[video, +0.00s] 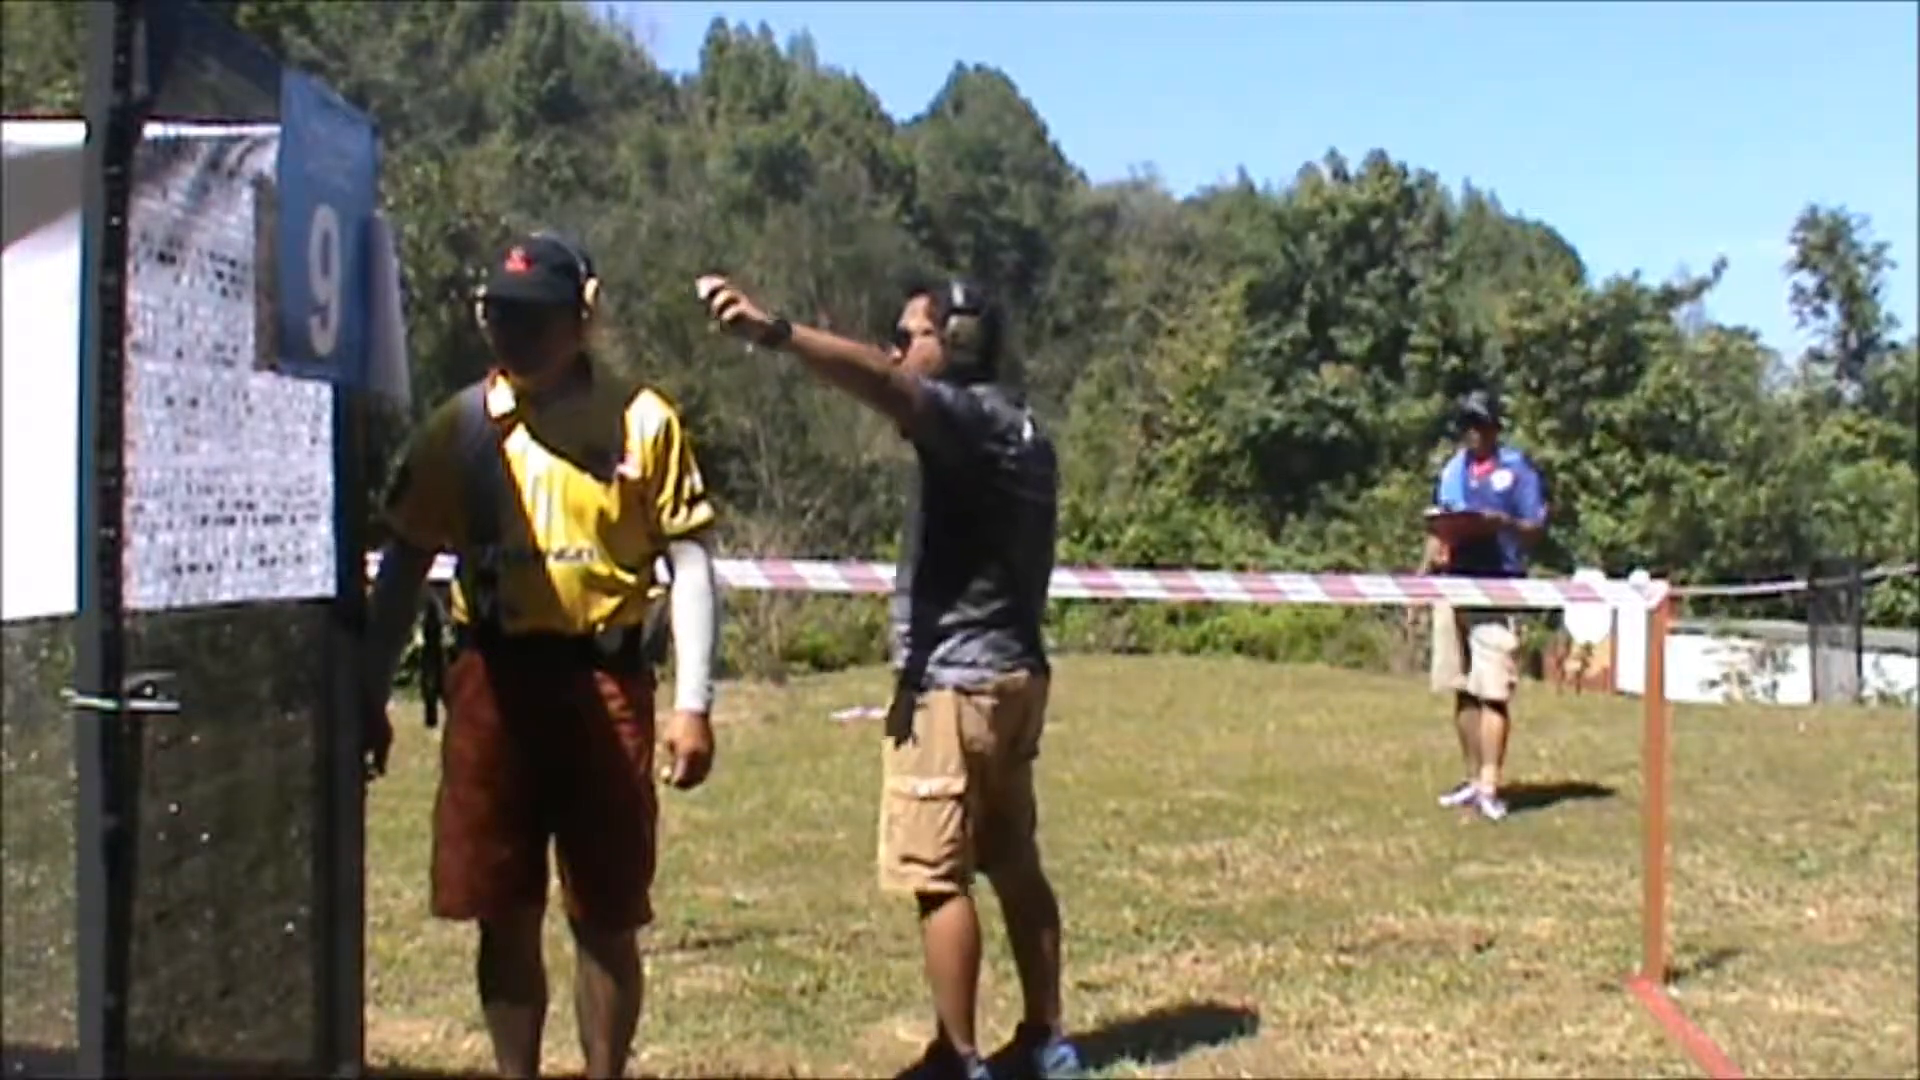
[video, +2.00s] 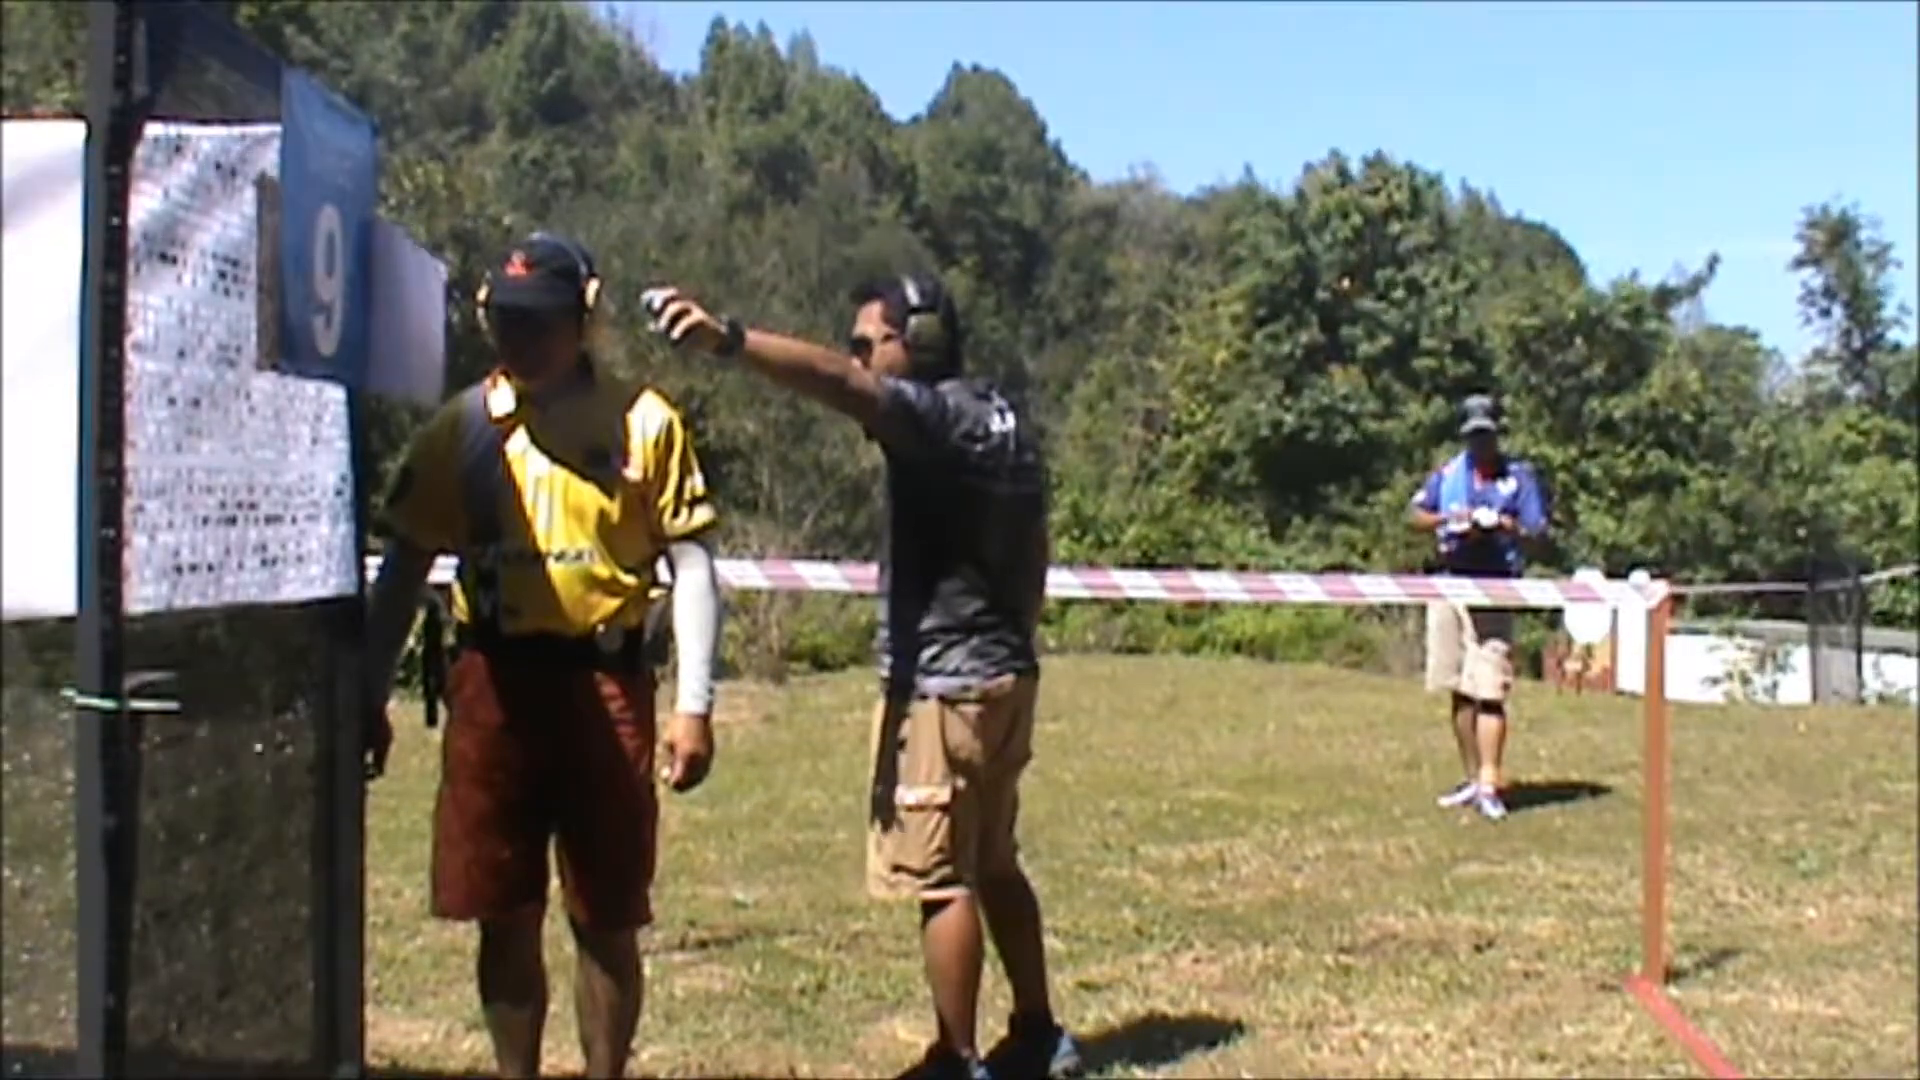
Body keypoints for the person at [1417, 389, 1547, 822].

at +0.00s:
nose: (1474, 434)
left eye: (1481, 426)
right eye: (1468, 426)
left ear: (1496, 428)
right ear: (1461, 429)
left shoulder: (1519, 470)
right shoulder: (1452, 471)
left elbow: (1535, 529)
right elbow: (1439, 524)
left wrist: (1498, 521)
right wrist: (1445, 529)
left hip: (1499, 587)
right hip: (1454, 586)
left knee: (1494, 689)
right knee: (1463, 688)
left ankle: (1490, 784)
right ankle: (1472, 775)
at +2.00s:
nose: (1481, 443)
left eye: (1487, 435)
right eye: (1474, 436)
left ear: (1499, 436)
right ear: (1464, 437)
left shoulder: (1519, 477)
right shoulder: (1450, 472)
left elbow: (1539, 538)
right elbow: (1417, 514)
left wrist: (1508, 526)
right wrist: (1448, 520)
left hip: (1495, 589)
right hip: (1450, 588)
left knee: (1490, 691)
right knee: (1459, 690)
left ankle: (1489, 782)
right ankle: (1471, 776)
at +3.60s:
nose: (1493, 437)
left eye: (1500, 428)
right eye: (1486, 429)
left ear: (1512, 431)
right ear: (1476, 432)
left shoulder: (1531, 477)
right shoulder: (1456, 473)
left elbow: (1549, 529)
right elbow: (1427, 516)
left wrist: (1511, 526)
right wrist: (1468, 523)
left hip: (1513, 588)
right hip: (1465, 587)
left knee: (1525, 685)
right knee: (1469, 688)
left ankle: (1540, 772)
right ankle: (1477, 778)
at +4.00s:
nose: (1544, 436)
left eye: (1549, 425)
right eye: (1535, 426)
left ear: (1560, 431)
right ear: (1520, 433)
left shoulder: (1572, 481)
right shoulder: (1506, 481)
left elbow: (1588, 527)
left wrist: (1551, 526)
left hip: (1552, 592)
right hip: (1507, 591)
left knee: (1560, 688)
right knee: (1516, 690)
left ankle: (1569, 774)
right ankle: (1517, 772)